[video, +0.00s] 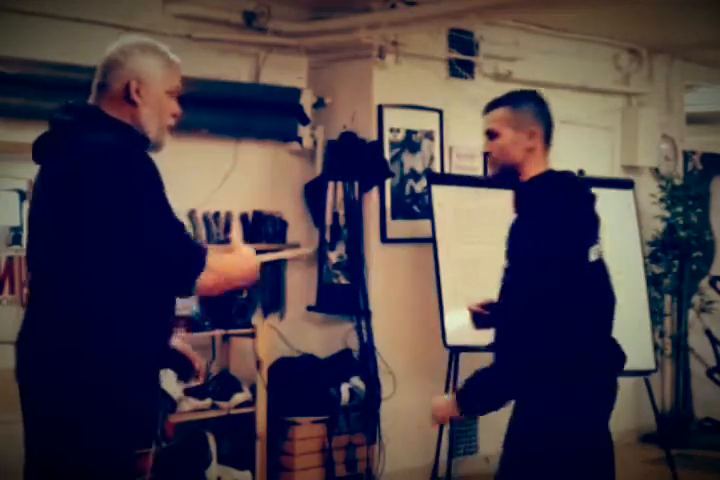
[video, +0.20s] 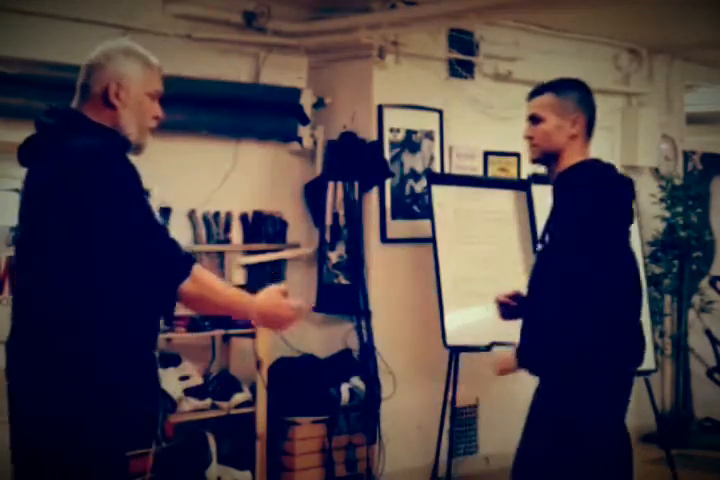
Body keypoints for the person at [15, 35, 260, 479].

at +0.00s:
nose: (178, 112)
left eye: (178, 99)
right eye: (173, 95)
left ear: (131, 91)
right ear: (135, 91)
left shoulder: (68, 153)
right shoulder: (120, 159)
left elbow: (87, 286)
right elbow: (182, 271)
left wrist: (162, 341)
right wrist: (234, 268)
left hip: (56, 367)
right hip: (102, 378)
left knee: (57, 469)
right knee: (104, 469)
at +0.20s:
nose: (160, 114)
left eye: (159, 100)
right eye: (154, 97)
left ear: (112, 95)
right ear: (115, 95)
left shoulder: (54, 157)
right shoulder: (101, 164)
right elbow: (171, 272)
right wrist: (254, 307)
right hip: (94, 399)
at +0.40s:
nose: (143, 107)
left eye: (142, 96)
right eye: (136, 93)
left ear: (98, 92)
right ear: (97, 92)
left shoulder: (47, 151)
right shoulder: (85, 157)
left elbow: (99, 249)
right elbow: (174, 247)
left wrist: (172, 231)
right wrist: (270, 243)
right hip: (84, 391)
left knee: (50, 467)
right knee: (92, 468)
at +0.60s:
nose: (134, 102)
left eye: (133, 90)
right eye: (127, 88)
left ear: (86, 90)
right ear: (88, 89)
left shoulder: (42, 151)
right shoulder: (82, 157)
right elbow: (170, 245)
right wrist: (262, 254)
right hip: (93, 384)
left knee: (53, 467)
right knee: (96, 468)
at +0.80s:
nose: (141, 102)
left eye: (139, 90)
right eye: (133, 88)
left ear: (94, 90)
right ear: (95, 89)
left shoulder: (53, 155)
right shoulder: (93, 161)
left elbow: (156, 242)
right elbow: (175, 253)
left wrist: (250, 261)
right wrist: (267, 270)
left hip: (66, 377)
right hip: (103, 386)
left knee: (65, 468)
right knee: (106, 469)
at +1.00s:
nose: (163, 107)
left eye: (161, 95)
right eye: (156, 93)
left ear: (115, 93)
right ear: (118, 93)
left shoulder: (66, 157)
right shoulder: (116, 158)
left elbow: (119, 264)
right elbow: (212, 243)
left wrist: (197, 290)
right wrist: (247, 213)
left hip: (84, 380)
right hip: (129, 387)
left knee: (91, 469)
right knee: (154, 470)